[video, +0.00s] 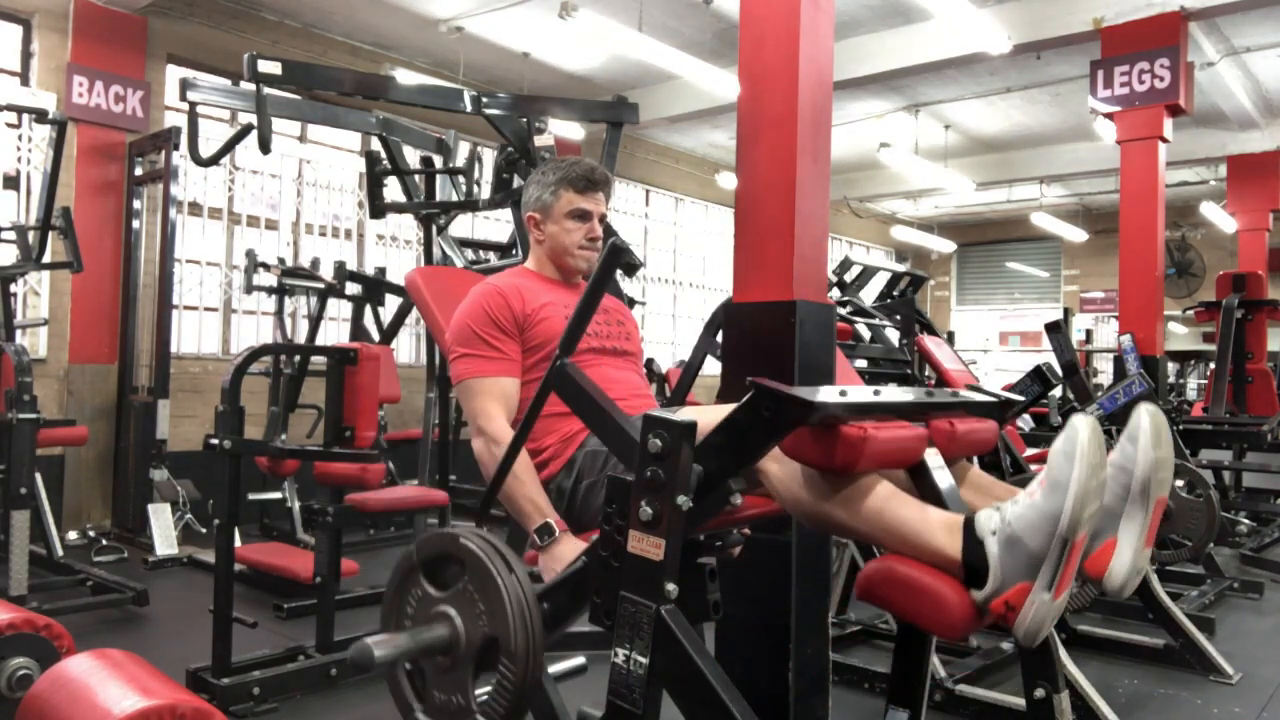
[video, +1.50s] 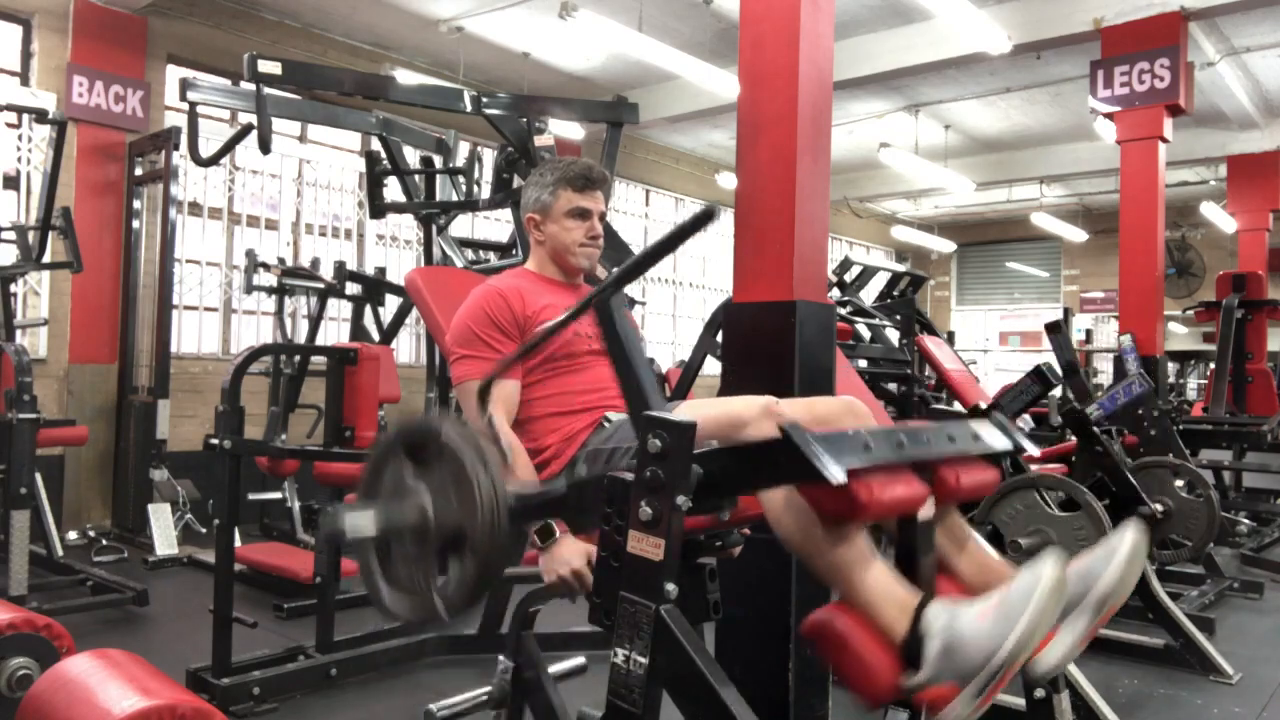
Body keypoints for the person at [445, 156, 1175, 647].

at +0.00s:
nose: (593, 236)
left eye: (599, 224)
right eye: (577, 222)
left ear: (601, 228)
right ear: (532, 222)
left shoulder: (606, 301)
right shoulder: (493, 302)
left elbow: (640, 399)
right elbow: (491, 436)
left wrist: (720, 410)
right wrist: (551, 532)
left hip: (657, 443)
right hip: (580, 466)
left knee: (847, 452)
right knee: (765, 436)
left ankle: (1076, 530)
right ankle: (975, 553)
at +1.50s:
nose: (592, 236)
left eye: (598, 223)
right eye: (577, 221)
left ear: (598, 224)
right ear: (532, 224)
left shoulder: (597, 297)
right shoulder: (497, 299)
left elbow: (634, 388)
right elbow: (490, 427)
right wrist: (554, 531)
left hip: (655, 430)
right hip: (589, 456)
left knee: (844, 411)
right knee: (778, 420)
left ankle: (993, 585)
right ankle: (918, 628)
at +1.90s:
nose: (596, 227)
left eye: (598, 216)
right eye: (580, 215)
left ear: (595, 229)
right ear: (534, 227)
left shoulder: (611, 305)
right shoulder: (504, 294)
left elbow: (645, 397)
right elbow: (489, 433)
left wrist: (703, 431)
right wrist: (551, 538)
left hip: (650, 446)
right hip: (583, 468)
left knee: (849, 422)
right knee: (755, 419)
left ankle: (881, 644)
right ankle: (773, 676)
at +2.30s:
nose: (546, 205)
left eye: (550, 191)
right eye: (528, 192)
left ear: (555, 204)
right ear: (497, 207)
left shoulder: (575, 271)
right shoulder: (483, 286)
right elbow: (489, 430)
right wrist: (550, 535)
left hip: (637, 435)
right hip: (574, 462)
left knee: (845, 419)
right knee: (754, 418)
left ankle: (820, 634)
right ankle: (716, 657)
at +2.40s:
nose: (557, 209)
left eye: (560, 195)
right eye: (538, 195)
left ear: (566, 212)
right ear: (508, 214)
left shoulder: (584, 282)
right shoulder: (491, 290)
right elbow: (489, 431)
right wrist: (550, 536)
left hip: (646, 436)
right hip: (577, 463)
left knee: (846, 418)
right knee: (754, 422)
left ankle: (813, 630)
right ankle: (710, 658)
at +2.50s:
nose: (544, 204)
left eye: (548, 193)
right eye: (528, 193)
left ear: (549, 204)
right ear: (496, 204)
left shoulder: (565, 272)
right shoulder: (482, 284)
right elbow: (489, 430)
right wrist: (551, 538)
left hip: (637, 437)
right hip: (575, 463)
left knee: (845, 419)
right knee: (755, 423)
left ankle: (817, 633)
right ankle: (712, 656)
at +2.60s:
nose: (590, 221)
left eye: (593, 208)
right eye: (578, 206)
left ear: (587, 206)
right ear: (531, 200)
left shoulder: (570, 274)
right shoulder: (481, 285)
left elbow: (617, 385)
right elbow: (491, 434)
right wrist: (550, 537)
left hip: (647, 436)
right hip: (586, 463)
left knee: (846, 418)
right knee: (754, 422)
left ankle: (823, 636)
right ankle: (719, 660)